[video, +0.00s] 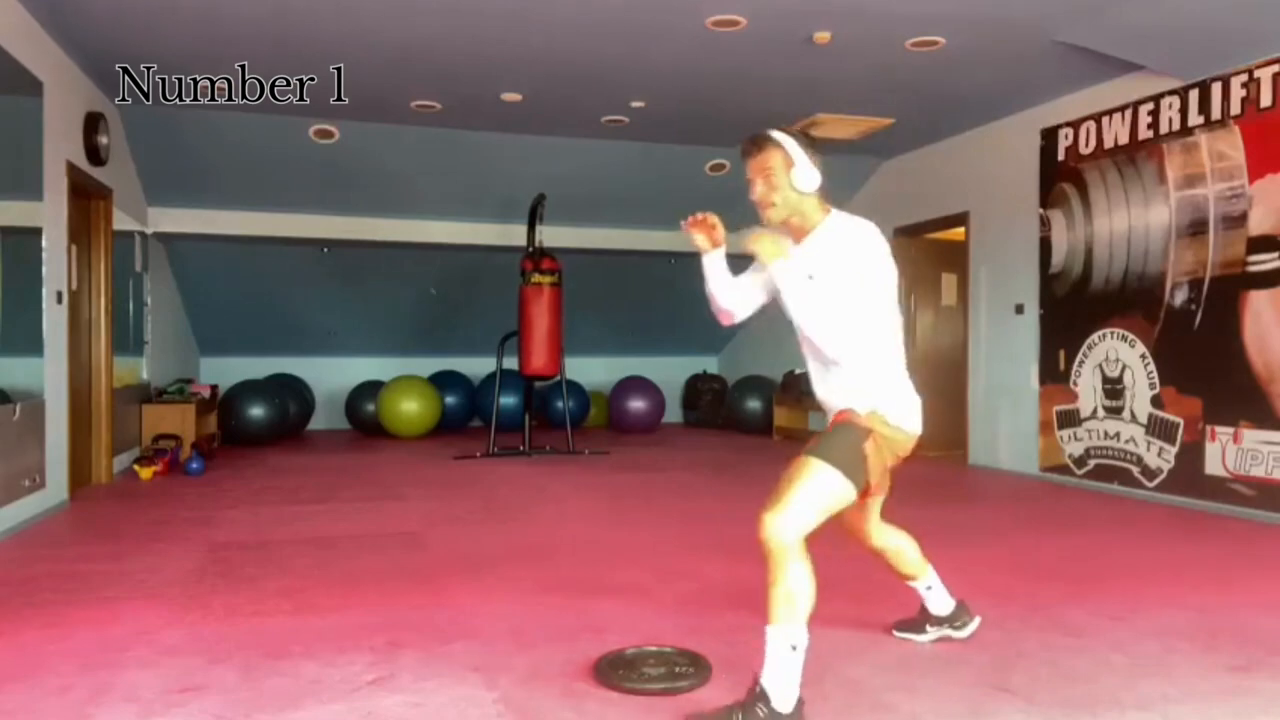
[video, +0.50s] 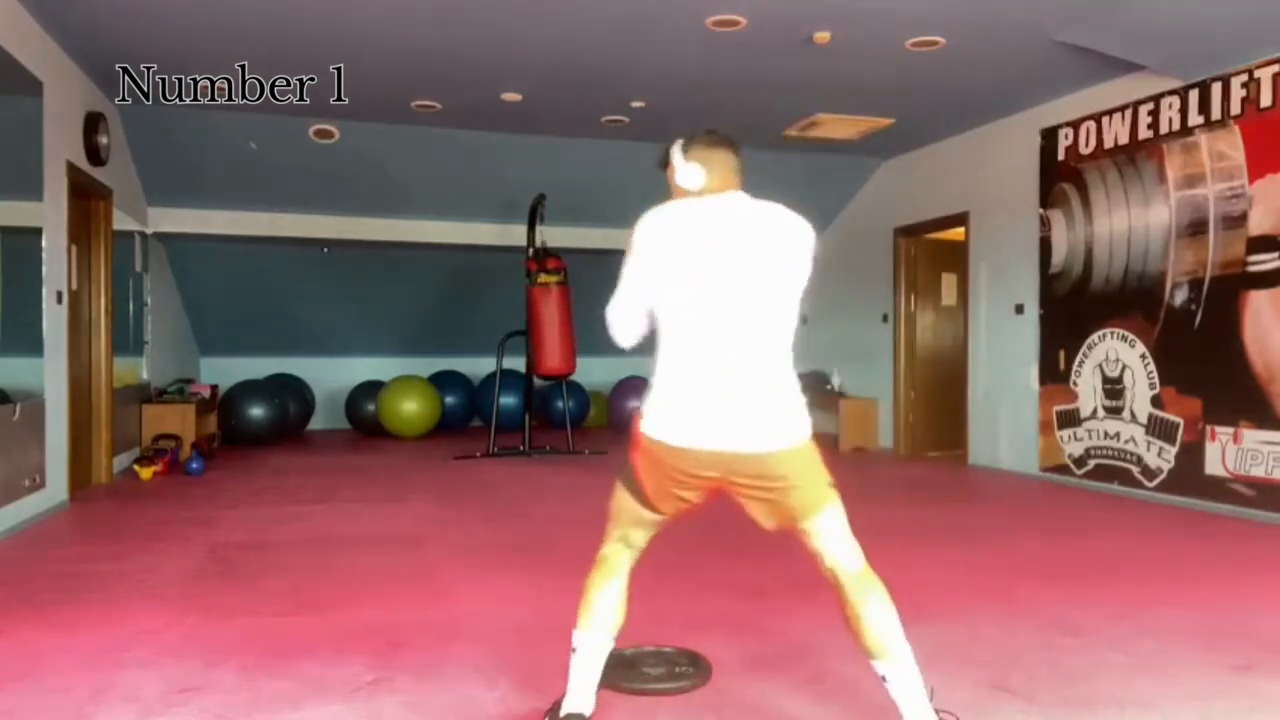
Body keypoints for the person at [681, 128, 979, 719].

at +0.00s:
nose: (756, 195)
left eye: (766, 180)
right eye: (752, 184)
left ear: (799, 178)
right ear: (757, 189)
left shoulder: (859, 238)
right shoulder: (787, 249)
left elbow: (849, 337)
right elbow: (732, 309)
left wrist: (782, 262)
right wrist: (713, 254)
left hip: (882, 412)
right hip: (847, 411)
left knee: (781, 526)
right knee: (867, 525)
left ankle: (778, 696)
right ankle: (947, 611)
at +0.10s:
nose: (720, 176)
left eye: (724, 163)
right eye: (719, 165)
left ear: (755, 158)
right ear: (772, 158)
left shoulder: (796, 215)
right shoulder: (822, 203)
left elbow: (766, 306)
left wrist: (720, 235)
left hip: (840, 405)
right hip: (882, 404)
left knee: (742, 524)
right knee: (854, 517)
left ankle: (771, 693)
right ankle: (941, 633)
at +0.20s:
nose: (719, 171)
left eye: (720, 156)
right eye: (715, 159)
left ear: (746, 145)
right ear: (781, 144)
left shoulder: (765, 198)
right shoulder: (843, 191)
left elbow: (728, 291)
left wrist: (698, 226)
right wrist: (746, 212)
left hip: (810, 392)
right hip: (881, 397)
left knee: (706, 505)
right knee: (855, 521)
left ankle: (735, 675)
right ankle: (923, 649)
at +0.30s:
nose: (721, 176)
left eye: (724, 163)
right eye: (720, 163)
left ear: (749, 159)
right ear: (786, 158)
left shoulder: (740, 212)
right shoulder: (852, 209)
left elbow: (687, 302)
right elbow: (839, 289)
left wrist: (681, 242)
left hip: (771, 408)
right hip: (858, 413)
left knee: (681, 539)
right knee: (882, 559)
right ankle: (926, 704)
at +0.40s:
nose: (707, 193)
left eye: (709, 181)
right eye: (707, 182)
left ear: (732, 175)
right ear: (771, 174)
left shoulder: (713, 227)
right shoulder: (836, 230)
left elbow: (663, 325)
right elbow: (821, 310)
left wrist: (672, 267)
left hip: (734, 436)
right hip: (826, 441)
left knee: (648, 560)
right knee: (871, 569)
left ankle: (582, 704)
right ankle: (919, 711)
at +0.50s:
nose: (672, 184)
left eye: (673, 173)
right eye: (673, 173)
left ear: (687, 171)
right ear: (736, 175)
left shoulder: (660, 225)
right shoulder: (794, 229)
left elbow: (625, 329)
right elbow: (782, 314)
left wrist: (674, 269)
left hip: (676, 432)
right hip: (774, 436)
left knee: (618, 552)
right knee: (850, 568)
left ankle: (576, 706)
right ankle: (918, 709)